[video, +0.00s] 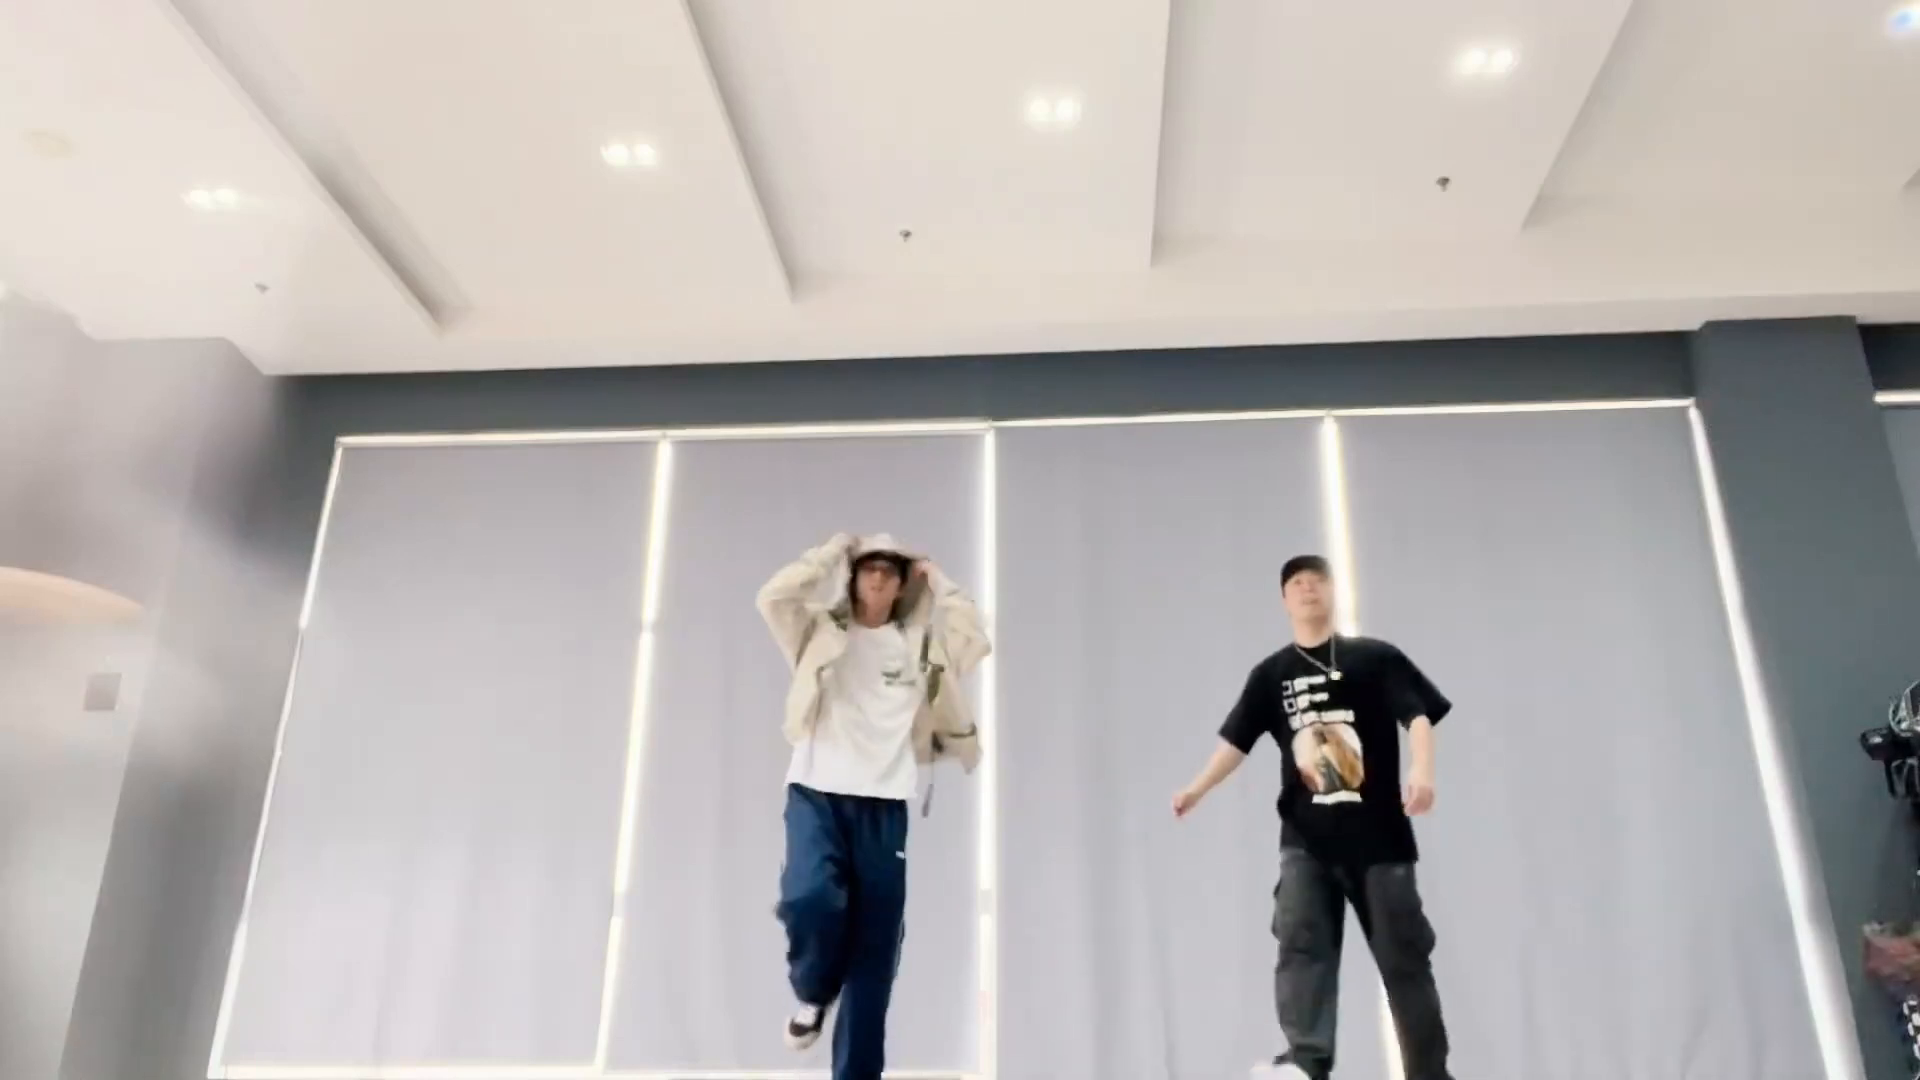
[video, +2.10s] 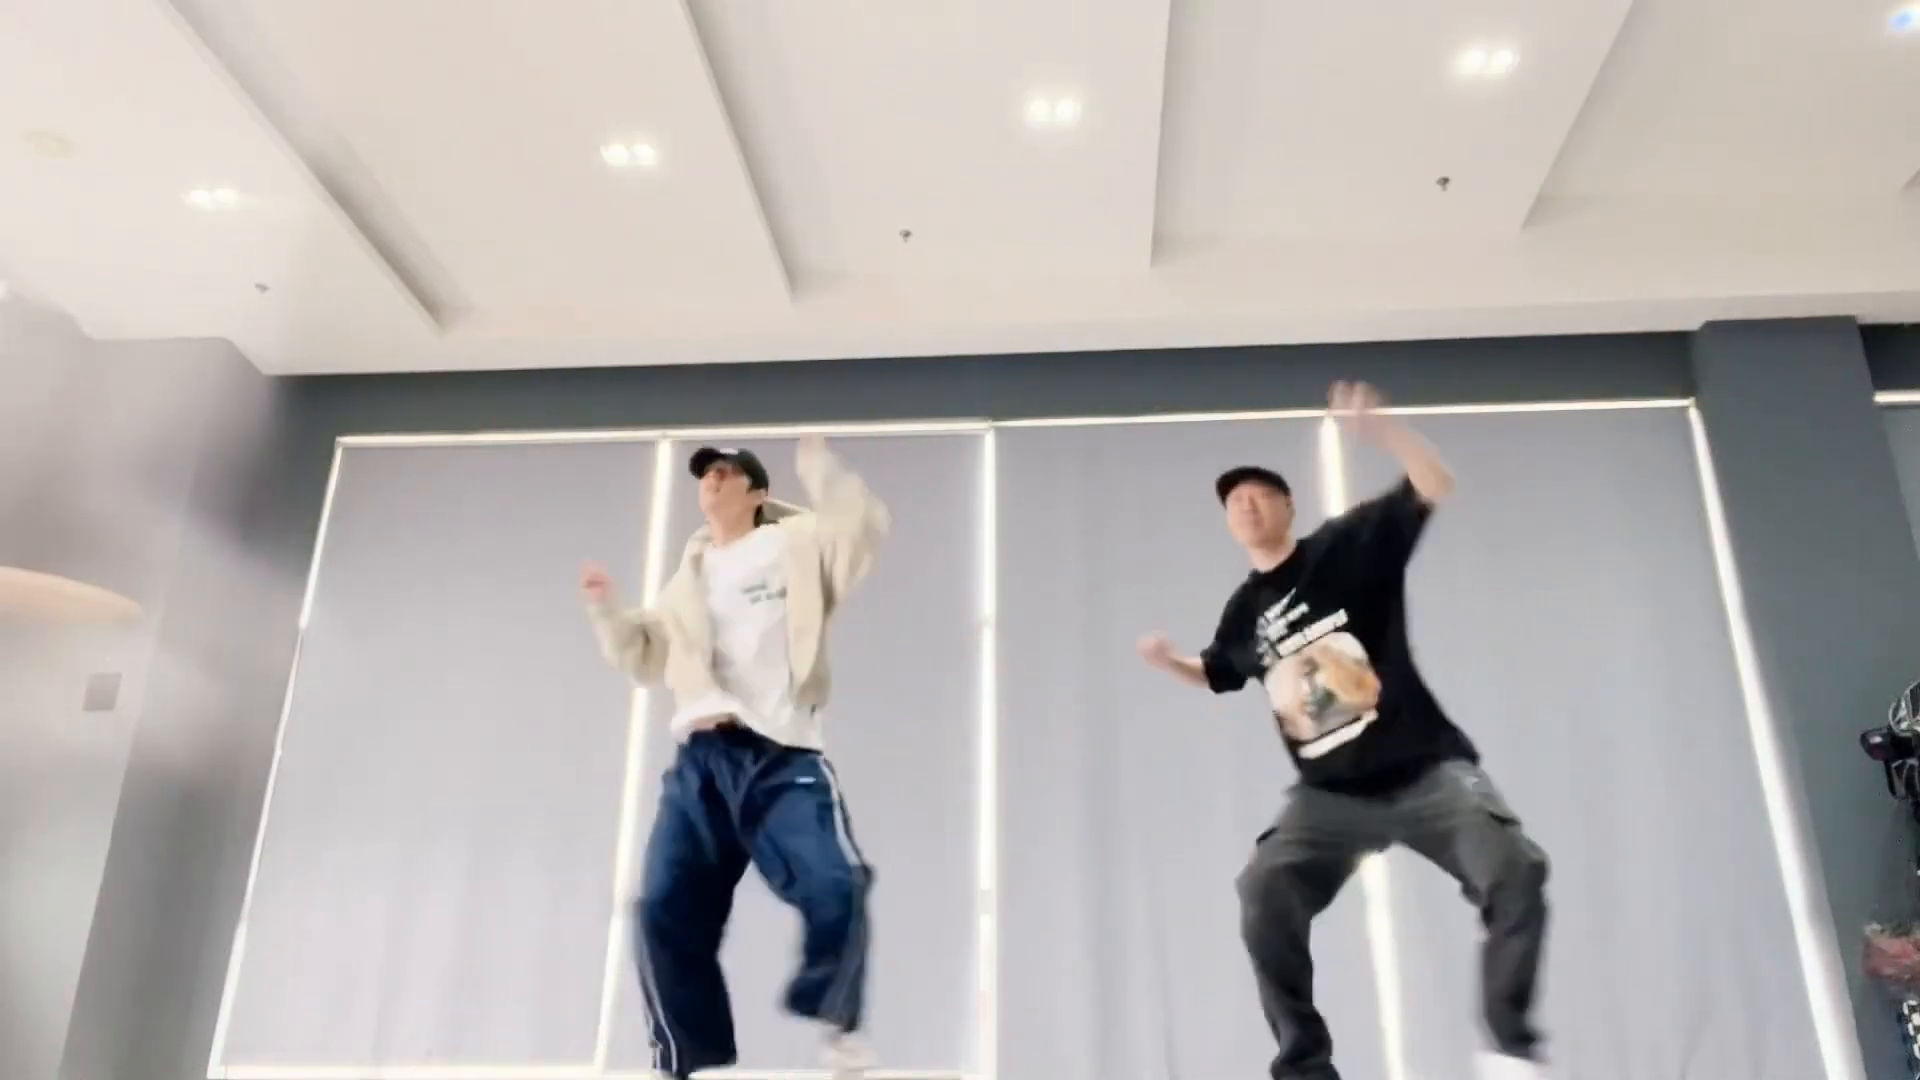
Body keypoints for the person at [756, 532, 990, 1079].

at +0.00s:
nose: (879, 580)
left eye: (889, 573)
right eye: (869, 570)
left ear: (902, 587)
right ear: (850, 580)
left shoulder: (921, 643)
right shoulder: (820, 634)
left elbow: (974, 643)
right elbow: (775, 600)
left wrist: (938, 583)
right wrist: (833, 556)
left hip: (883, 803)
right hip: (815, 794)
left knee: (875, 951)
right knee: (808, 899)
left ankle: (856, 1071)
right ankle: (813, 995)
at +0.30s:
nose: (844, 550)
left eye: (855, 543)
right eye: (836, 544)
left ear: (874, 560)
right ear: (825, 559)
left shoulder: (900, 608)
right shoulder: (801, 618)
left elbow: (944, 646)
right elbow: (731, 673)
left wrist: (932, 580)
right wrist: (757, 604)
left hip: (873, 797)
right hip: (803, 791)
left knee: (864, 944)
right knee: (776, 928)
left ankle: (868, 1072)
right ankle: (745, 1064)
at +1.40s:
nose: (794, 474)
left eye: (807, 470)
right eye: (783, 466)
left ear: (822, 495)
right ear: (763, 487)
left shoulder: (845, 559)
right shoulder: (722, 547)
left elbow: (858, 664)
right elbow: (676, 653)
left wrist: (874, 631)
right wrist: (691, 583)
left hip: (799, 752)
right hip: (718, 740)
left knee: (791, 921)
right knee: (700, 850)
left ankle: (803, 1069)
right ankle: (694, 1039)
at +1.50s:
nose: (802, 488)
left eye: (815, 484)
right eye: (791, 480)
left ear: (828, 509)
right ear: (769, 500)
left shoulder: (839, 586)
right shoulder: (720, 551)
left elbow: (834, 693)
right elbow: (652, 635)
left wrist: (850, 637)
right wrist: (689, 560)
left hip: (783, 770)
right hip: (695, 755)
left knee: (797, 912)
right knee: (633, 861)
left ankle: (792, 1067)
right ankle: (602, 998)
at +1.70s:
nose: (772, 555)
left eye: (784, 553)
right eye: (761, 549)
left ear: (795, 582)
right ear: (738, 567)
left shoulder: (807, 659)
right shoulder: (702, 593)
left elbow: (892, 679)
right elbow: (712, 486)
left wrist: (975, 697)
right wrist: (710, 381)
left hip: (717, 835)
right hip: (627, 813)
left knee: (833, 908)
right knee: (539, 957)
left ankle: (754, 1055)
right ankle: (430, 1056)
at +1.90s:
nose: (760, 486)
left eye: (772, 479)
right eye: (748, 480)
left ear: (792, 500)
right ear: (731, 499)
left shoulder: (812, 569)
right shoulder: (690, 529)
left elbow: (834, 663)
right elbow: (613, 561)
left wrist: (900, 638)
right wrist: (659, 481)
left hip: (757, 769)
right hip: (670, 753)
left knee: (785, 899)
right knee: (626, 906)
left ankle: (773, 1062)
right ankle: (523, 1049)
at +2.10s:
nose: (712, 484)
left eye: (726, 476)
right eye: (705, 477)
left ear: (756, 492)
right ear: (697, 497)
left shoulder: (802, 539)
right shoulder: (688, 577)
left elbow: (862, 528)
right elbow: (650, 661)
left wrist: (818, 463)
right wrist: (608, 612)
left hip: (785, 760)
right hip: (700, 760)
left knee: (835, 884)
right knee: (665, 913)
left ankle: (836, 1027)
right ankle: (697, 1067)